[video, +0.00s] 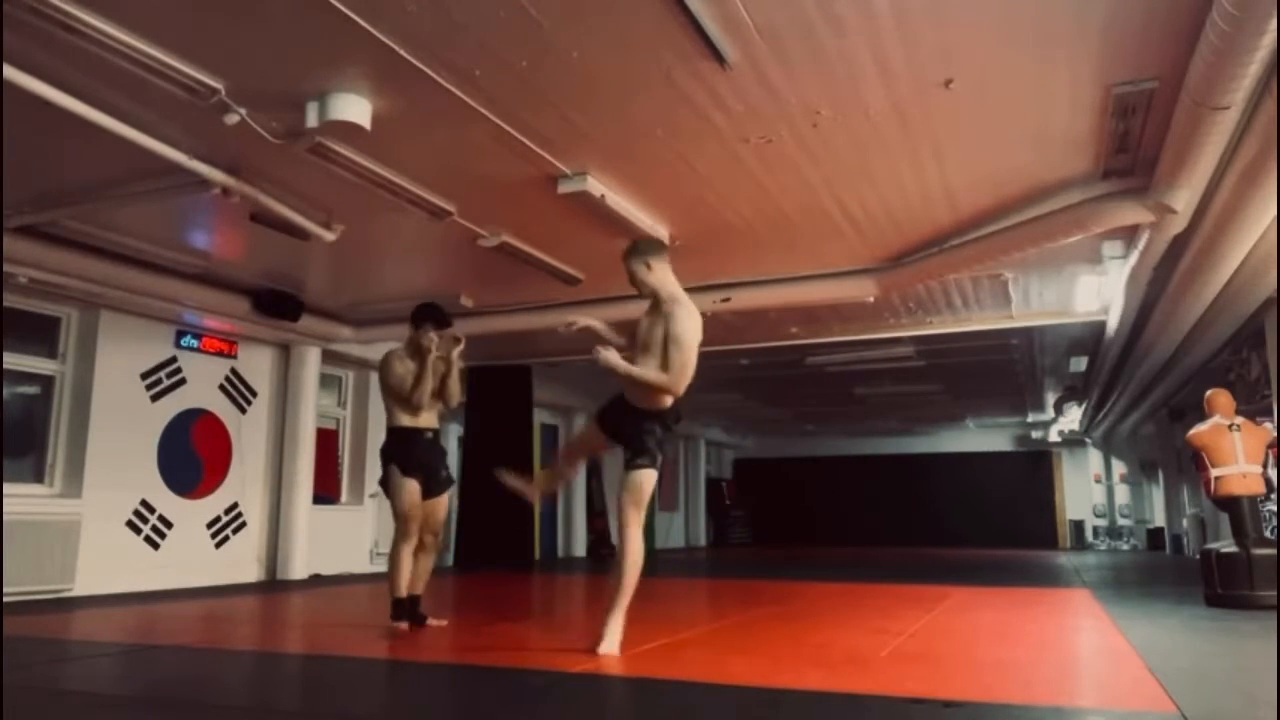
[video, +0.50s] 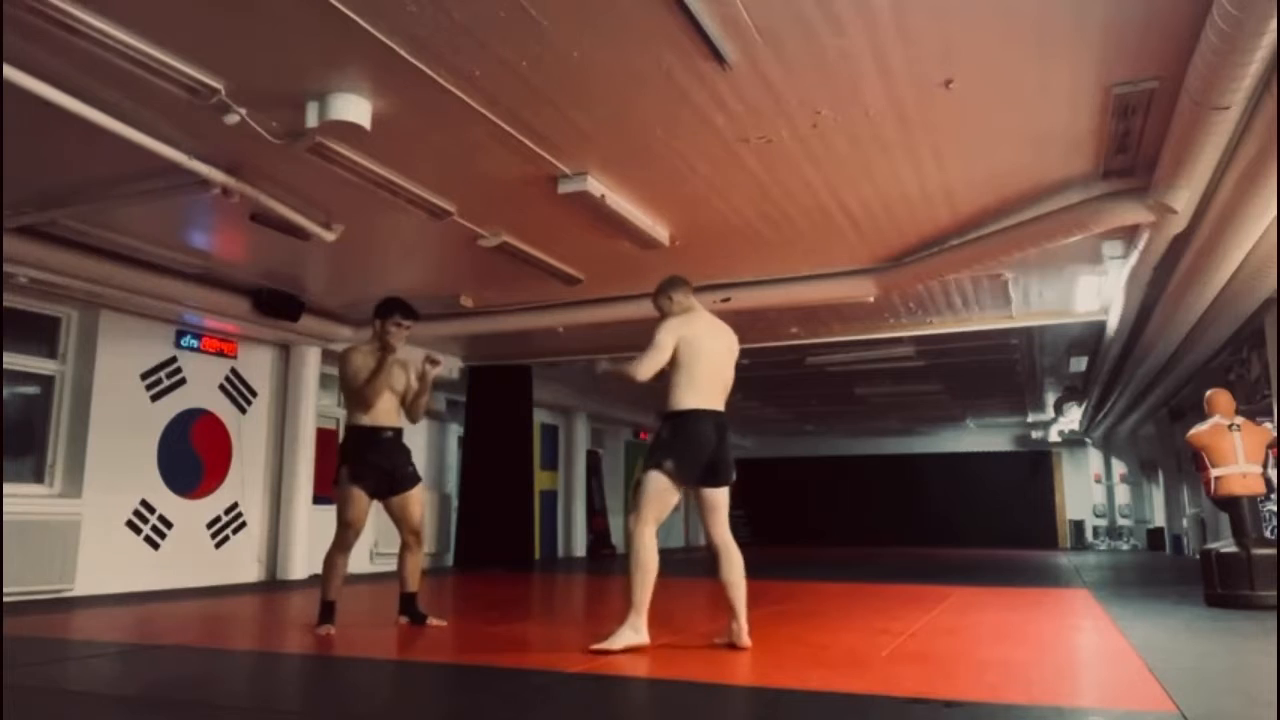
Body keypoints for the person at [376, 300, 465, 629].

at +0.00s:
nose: (435, 339)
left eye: (440, 334)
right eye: (431, 332)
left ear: (443, 336)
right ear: (415, 329)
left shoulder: (439, 363)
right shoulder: (394, 360)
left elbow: (452, 400)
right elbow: (415, 401)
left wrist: (453, 358)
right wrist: (428, 358)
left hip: (433, 448)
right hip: (402, 446)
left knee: (432, 534)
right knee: (408, 529)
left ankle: (415, 604)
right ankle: (399, 606)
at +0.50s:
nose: (401, 333)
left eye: (406, 328)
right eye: (396, 325)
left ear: (409, 332)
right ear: (378, 323)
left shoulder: (405, 365)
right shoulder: (354, 355)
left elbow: (414, 414)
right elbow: (362, 400)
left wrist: (426, 381)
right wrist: (384, 360)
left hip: (394, 446)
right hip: (360, 444)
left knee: (414, 531)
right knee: (348, 531)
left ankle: (410, 607)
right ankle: (327, 614)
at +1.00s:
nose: (443, 336)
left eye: (446, 332)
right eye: (437, 329)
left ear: (445, 335)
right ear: (416, 328)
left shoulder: (439, 368)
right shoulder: (397, 360)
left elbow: (438, 423)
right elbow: (408, 404)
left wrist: (461, 396)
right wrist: (438, 366)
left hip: (426, 455)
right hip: (393, 452)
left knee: (454, 530)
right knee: (365, 536)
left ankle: (457, 609)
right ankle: (329, 610)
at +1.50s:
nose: (484, 334)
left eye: (486, 328)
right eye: (479, 326)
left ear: (479, 330)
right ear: (460, 325)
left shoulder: (468, 364)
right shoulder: (450, 358)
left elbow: (475, 413)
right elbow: (445, 398)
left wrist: (496, 389)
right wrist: (486, 379)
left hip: (474, 447)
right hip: (466, 434)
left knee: (485, 532)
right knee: (537, 429)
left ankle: (462, 607)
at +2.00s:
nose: (498, 334)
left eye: (500, 328)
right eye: (494, 326)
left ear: (473, 328)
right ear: (475, 324)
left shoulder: (452, 360)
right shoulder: (468, 357)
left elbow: (443, 402)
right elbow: (470, 398)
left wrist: (486, 393)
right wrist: (510, 387)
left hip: (460, 438)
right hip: (475, 437)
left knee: (483, 528)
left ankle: (462, 604)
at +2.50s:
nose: (461, 328)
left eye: (464, 323)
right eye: (455, 321)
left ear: (465, 327)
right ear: (435, 322)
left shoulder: (468, 367)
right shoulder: (416, 358)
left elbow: (483, 412)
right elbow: (412, 400)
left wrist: (490, 378)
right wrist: (438, 361)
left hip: (450, 449)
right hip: (413, 444)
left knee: (466, 532)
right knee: (390, 530)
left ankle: (458, 610)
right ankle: (364, 613)